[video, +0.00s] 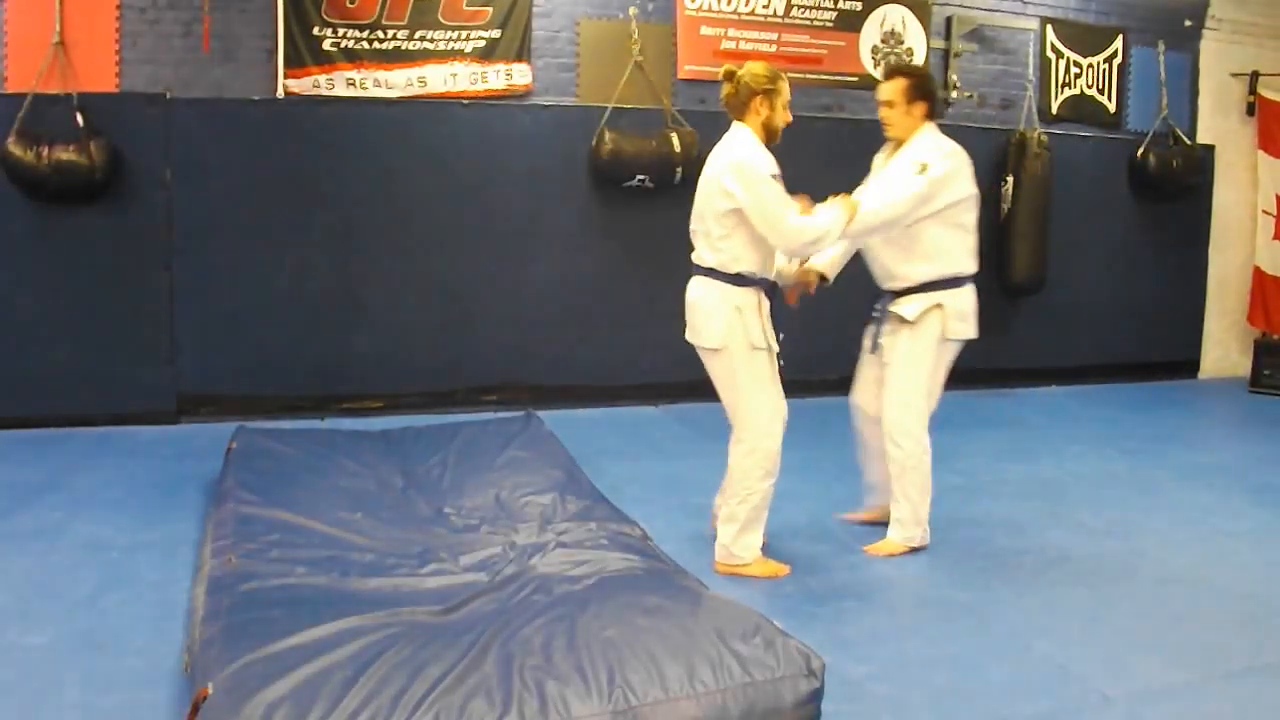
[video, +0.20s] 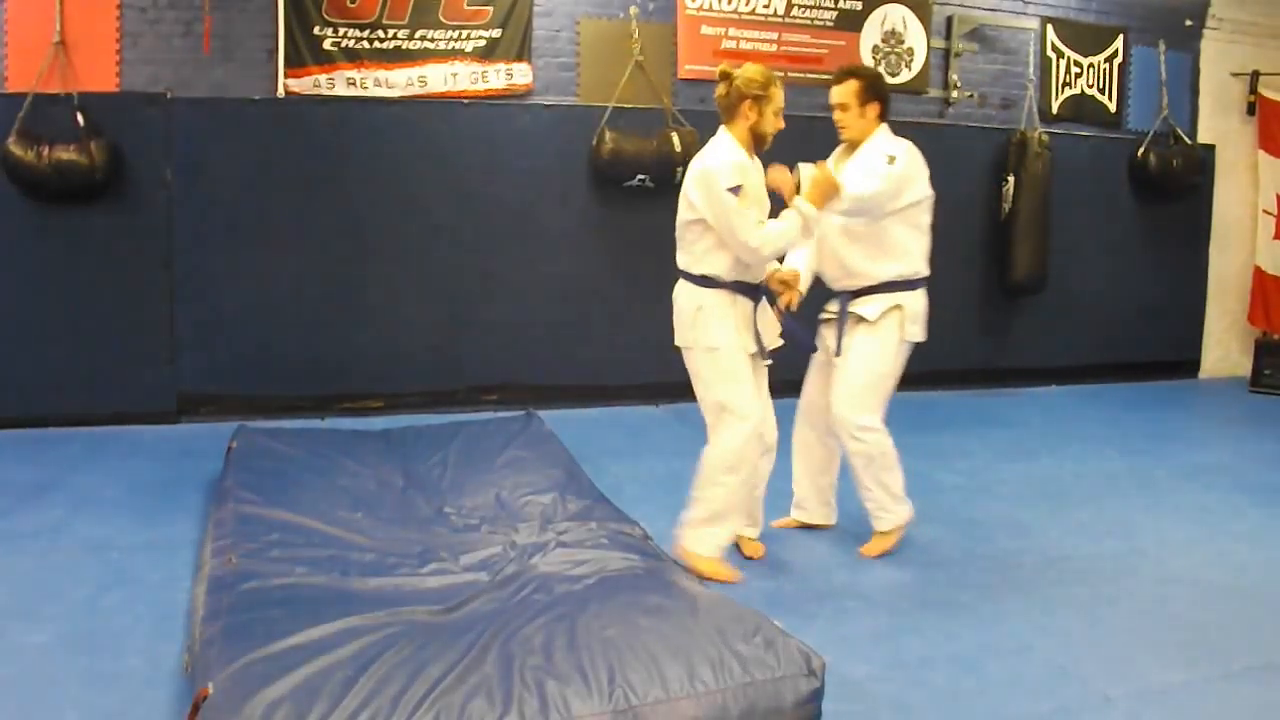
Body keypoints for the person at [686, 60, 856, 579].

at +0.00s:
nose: (791, 114)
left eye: (789, 104)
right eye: (786, 104)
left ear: (754, 105)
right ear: (761, 105)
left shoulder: (739, 152)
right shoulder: (744, 158)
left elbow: (757, 239)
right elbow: (786, 231)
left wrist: (792, 271)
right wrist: (840, 211)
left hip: (732, 297)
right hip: (727, 303)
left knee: (766, 413)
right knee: (760, 420)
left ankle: (732, 519)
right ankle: (737, 551)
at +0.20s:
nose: (783, 122)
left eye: (782, 111)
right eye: (778, 112)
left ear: (748, 110)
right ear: (750, 110)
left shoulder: (746, 162)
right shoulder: (718, 164)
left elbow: (739, 247)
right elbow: (755, 245)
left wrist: (770, 278)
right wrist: (807, 206)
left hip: (741, 305)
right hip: (708, 307)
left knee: (762, 428)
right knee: (739, 424)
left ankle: (743, 525)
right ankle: (696, 543)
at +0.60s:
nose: (758, 117)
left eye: (759, 108)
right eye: (755, 106)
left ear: (724, 103)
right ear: (730, 103)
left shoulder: (715, 153)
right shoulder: (692, 157)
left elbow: (741, 223)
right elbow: (727, 240)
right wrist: (779, 196)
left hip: (707, 297)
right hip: (677, 297)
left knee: (738, 414)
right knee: (682, 424)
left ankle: (748, 521)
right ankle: (643, 536)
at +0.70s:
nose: (758, 110)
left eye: (757, 100)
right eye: (754, 99)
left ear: (720, 98)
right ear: (730, 99)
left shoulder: (709, 148)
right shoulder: (694, 154)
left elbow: (723, 227)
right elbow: (733, 236)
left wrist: (751, 198)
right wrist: (787, 203)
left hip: (702, 293)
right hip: (675, 294)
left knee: (735, 399)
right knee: (676, 418)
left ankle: (747, 510)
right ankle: (643, 534)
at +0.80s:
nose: (757, 104)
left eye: (756, 94)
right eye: (752, 95)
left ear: (718, 97)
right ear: (728, 98)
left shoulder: (707, 146)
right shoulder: (697, 152)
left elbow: (741, 218)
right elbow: (745, 229)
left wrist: (786, 223)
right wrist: (807, 222)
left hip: (694, 291)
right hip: (671, 293)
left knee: (738, 392)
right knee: (675, 417)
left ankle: (744, 491)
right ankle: (643, 535)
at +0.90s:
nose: (756, 103)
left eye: (754, 93)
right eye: (750, 93)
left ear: (717, 97)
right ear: (727, 98)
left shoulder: (698, 143)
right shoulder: (704, 153)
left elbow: (758, 205)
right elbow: (760, 213)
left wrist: (817, 235)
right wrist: (830, 241)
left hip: (691, 291)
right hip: (669, 293)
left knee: (737, 384)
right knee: (677, 416)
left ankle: (735, 481)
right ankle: (644, 533)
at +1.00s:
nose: (753, 99)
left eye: (751, 91)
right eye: (749, 91)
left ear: (711, 95)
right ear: (727, 96)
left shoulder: (678, 138)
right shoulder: (719, 153)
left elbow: (744, 190)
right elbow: (776, 208)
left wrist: (796, 200)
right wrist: (845, 240)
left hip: (670, 283)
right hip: (678, 293)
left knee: (732, 377)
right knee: (682, 413)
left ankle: (726, 476)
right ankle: (645, 533)